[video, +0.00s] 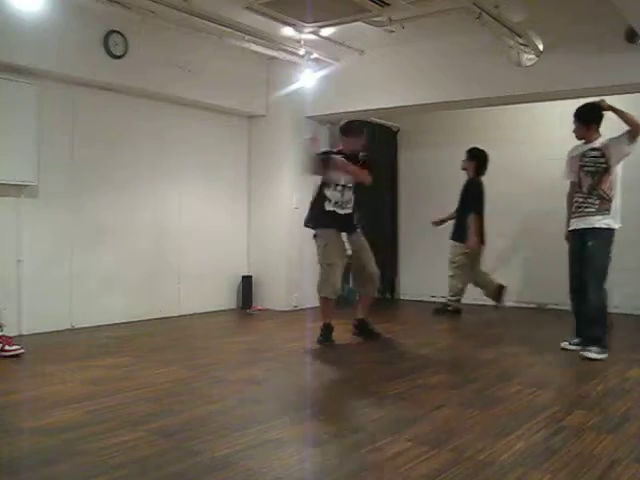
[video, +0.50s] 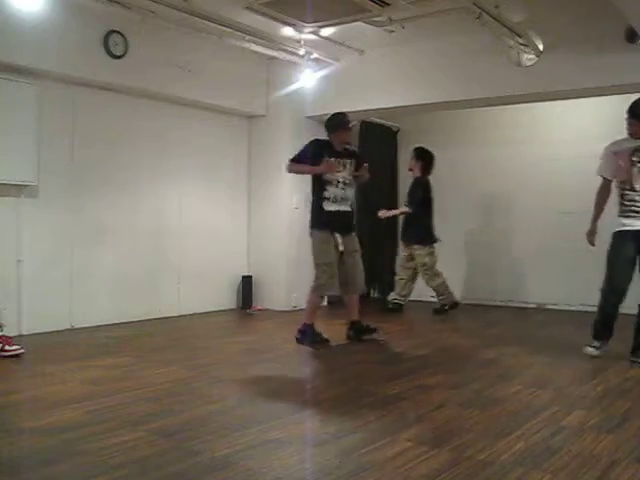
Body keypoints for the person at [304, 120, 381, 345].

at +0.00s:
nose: (362, 146)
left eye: (362, 141)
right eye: (359, 141)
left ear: (360, 141)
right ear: (347, 139)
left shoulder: (360, 161)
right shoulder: (328, 157)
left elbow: (367, 179)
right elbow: (315, 168)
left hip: (349, 222)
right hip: (325, 221)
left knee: (369, 271)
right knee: (332, 269)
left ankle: (361, 321)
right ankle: (326, 326)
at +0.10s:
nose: (364, 146)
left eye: (365, 142)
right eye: (361, 141)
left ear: (364, 144)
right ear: (350, 141)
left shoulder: (361, 163)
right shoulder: (330, 154)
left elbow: (379, 179)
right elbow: (329, 159)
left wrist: (360, 161)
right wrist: (352, 153)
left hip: (351, 228)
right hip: (329, 227)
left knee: (372, 277)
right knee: (333, 281)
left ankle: (361, 322)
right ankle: (326, 328)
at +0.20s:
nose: (363, 144)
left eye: (364, 140)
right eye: (359, 140)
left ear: (363, 141)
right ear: (347, 139)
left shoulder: (362, 160)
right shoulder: (335, 153)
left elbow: (377, 179)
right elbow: (331, 160)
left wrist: (364, 163)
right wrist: (354, 162)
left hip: (351, 227)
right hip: (332, 227)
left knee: (363, 277)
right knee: (337, 279)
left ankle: (359, 324)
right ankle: (320, 325)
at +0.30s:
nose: (358, 141)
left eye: (360, 137)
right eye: (354, 137)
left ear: (359, 138)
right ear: (343, 136)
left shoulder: (358, 160)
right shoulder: (329, 150)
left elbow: (373, 181)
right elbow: (328, 164)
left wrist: (354, 173)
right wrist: (354, 171)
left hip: (351, 227)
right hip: (332, 227)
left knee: (360, 277)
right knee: (337, 278)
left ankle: (358, 324)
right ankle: (309, 324)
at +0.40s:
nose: (354, 137)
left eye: (355, 132)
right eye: (350, 132)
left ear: (353, 133)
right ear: (339, 133)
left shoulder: (355, 157)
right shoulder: (324, 149)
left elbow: (373, 186)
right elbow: (308, 169)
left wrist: (361, 179)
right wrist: (339, 174)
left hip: (350, 226)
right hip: (329, 226)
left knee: (354, 279)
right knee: (331, 278)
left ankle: (355, 324)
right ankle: (308, 325)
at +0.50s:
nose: (349, 135)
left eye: (349, 131)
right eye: (345, 131)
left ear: (347, 132)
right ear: (334, 131)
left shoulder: (352, 154)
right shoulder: (317, 147)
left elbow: (359, 180)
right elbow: (292, 166)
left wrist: (361, 175)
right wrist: (319, 169)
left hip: (347, 225)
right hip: (323, 224)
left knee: (353, 276)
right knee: (325, 277)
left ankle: (354, 324)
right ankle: (306, 327)